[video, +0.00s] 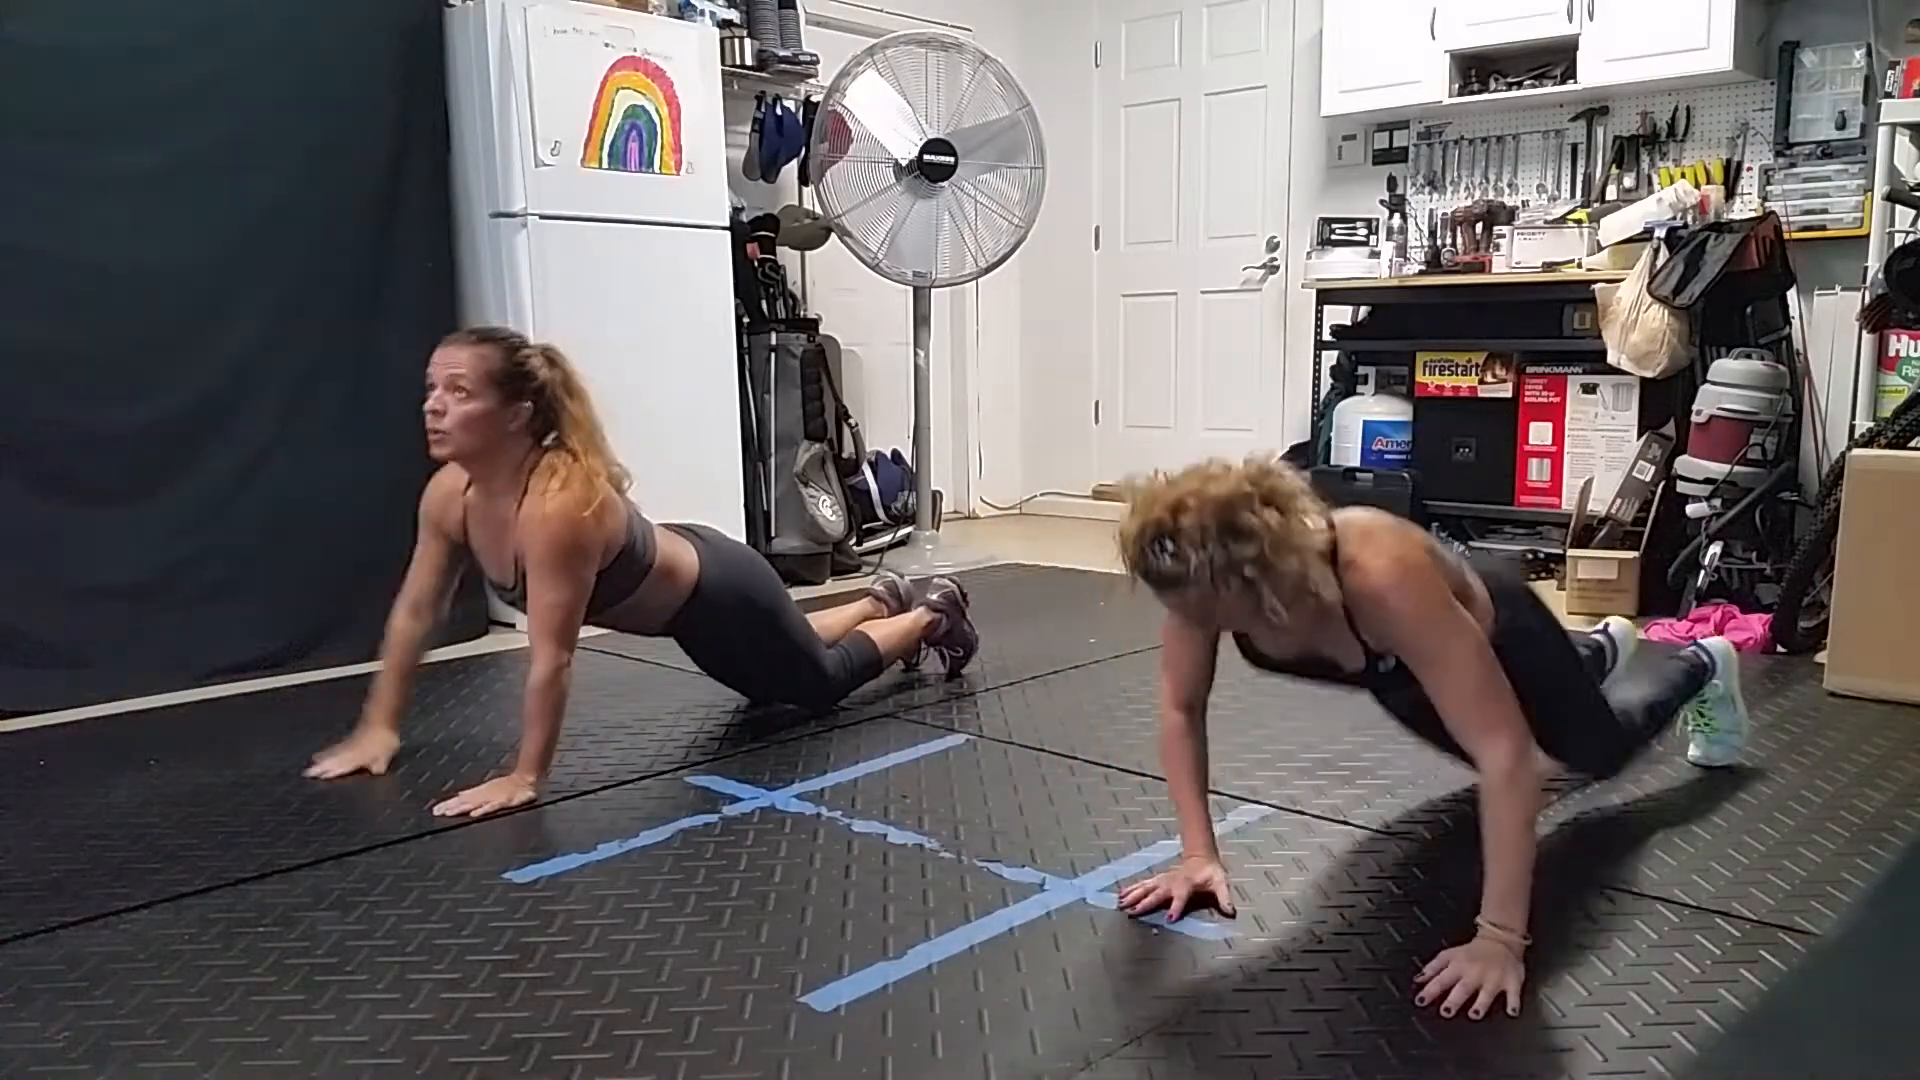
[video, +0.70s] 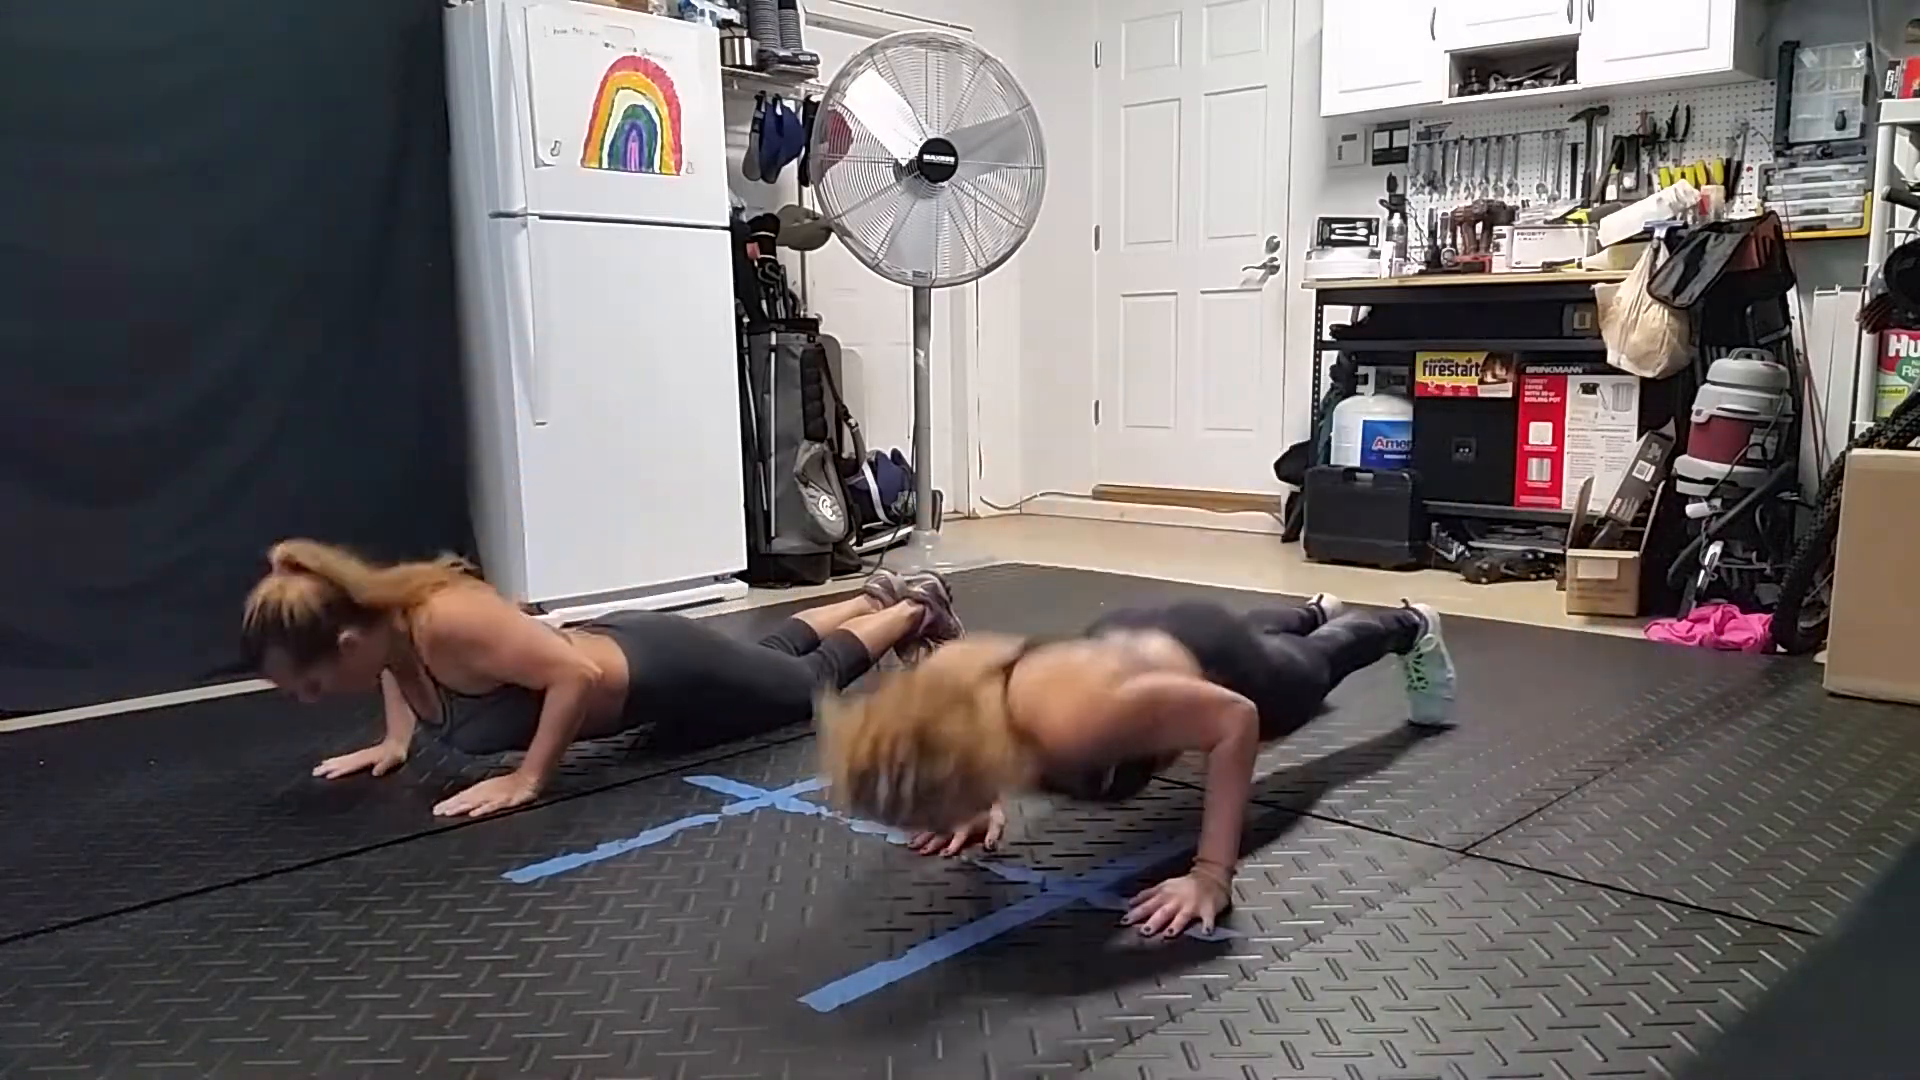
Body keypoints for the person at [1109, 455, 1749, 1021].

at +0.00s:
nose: (1195, 621)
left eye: (1201, 607)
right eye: (1188, 609)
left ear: (1250, 580)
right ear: (1196, 585)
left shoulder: (1381, 571)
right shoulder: (1202, 572)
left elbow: (1504, 757)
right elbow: (1180, 708)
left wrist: (1499, 936)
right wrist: (1196, 854)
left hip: (1492, 625)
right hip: (1396, 664)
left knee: (1597, 749)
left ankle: (1698, 659)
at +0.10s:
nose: (1164, 589)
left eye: (1171, 573)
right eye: (1155, 576)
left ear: (1223, 546)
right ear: (1156, 554)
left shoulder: (1347, 535)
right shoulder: (1178, 543)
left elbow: (1428, 734)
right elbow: (1173, 701)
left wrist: (1480, 927)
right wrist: (1195, 850)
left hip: (1466, 523)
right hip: (1384, 535)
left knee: (1571, 641)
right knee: (1502, 636)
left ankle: (1688, 670)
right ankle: (1595, 672)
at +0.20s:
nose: (1119, 553)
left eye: (1122, 534)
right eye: (1108, 540)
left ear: (1160, 494)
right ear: (1101, 513)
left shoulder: (1283, 474)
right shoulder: (1125, 509)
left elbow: (1357, 683)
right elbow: (1156, 680)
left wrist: (1391, 870)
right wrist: (1188, 836)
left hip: (1413, 432)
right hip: (1348, 486)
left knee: (1519, 544)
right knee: (1457, 568)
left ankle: (1610, 625)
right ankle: (1525, 623)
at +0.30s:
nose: (1057, 554)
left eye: (1059, 535)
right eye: (1044, 542)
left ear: (1098, 484)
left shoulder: (1221, 461)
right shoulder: (1078, 497)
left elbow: (1294, 665)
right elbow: (1073, 643)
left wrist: (1255, 826)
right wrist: (1081, 777)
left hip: (1372, 412)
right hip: (1291, 460)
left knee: (1459, 511)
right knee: (1394, 536)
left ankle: (1544, 558)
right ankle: (1454, 574)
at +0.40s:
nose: (1011, 620)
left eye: (1016, 604)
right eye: (998, 611)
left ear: (1051, 560)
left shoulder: (1165, 525)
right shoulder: (1029, 535)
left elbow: (1227, 713)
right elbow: (1011, 665)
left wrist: (1211, 874)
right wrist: (987, 799)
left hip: (1305, 455)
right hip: (1225, 457)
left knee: (1403, 538)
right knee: (1332, 543)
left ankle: (1479, 567)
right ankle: (1375, 580)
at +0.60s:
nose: (945, 734)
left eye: (943, 721)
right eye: (932, 729)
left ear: (972, 684)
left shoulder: (1094, 648)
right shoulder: (979, 622)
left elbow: (1244, 721)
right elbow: (986, 698)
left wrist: (1212, 872)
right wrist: (981, 797)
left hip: (1242, 628)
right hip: (1169, 596)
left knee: (1329, 652)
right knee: (1270, 612)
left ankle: (1395, 625)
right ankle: (1330, 612)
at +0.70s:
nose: (932, 834)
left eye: (932, 821)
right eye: (915, 830)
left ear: (957, 775)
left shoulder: (1074, 719)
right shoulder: (942, 672)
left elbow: (1235, 722)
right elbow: (957, 710)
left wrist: (1211, 874)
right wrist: (977, 793)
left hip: (1217, 659)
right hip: (1129, 623)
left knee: (1323, 652)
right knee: (1237, 623)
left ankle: (1406, 621)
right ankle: (1315, 608)